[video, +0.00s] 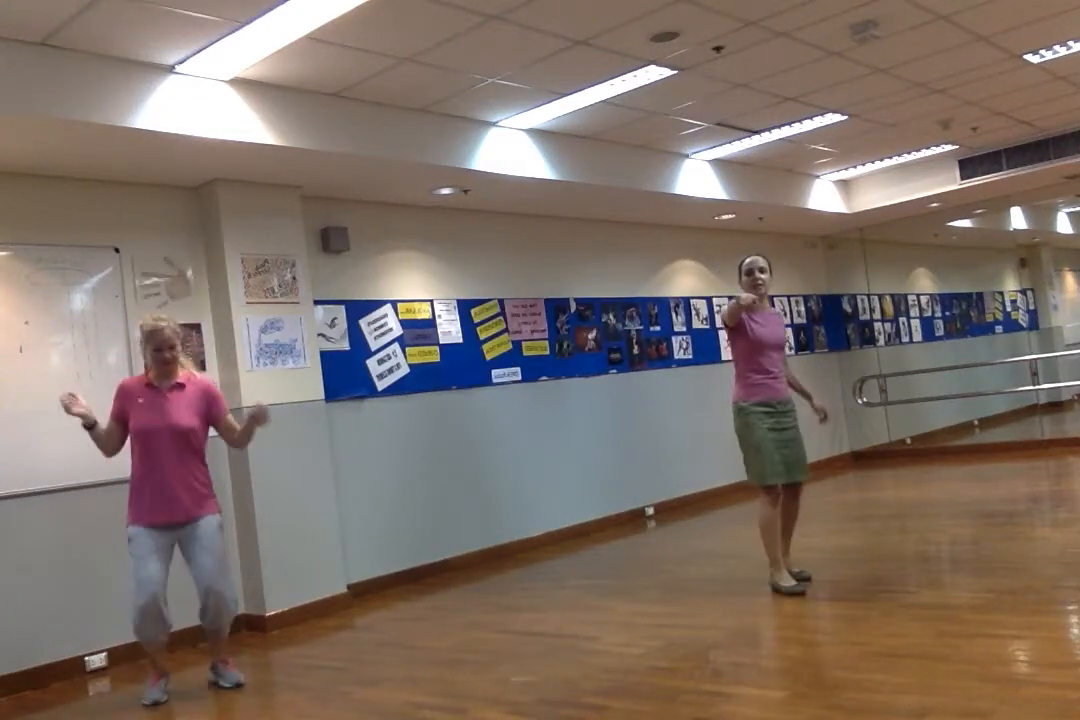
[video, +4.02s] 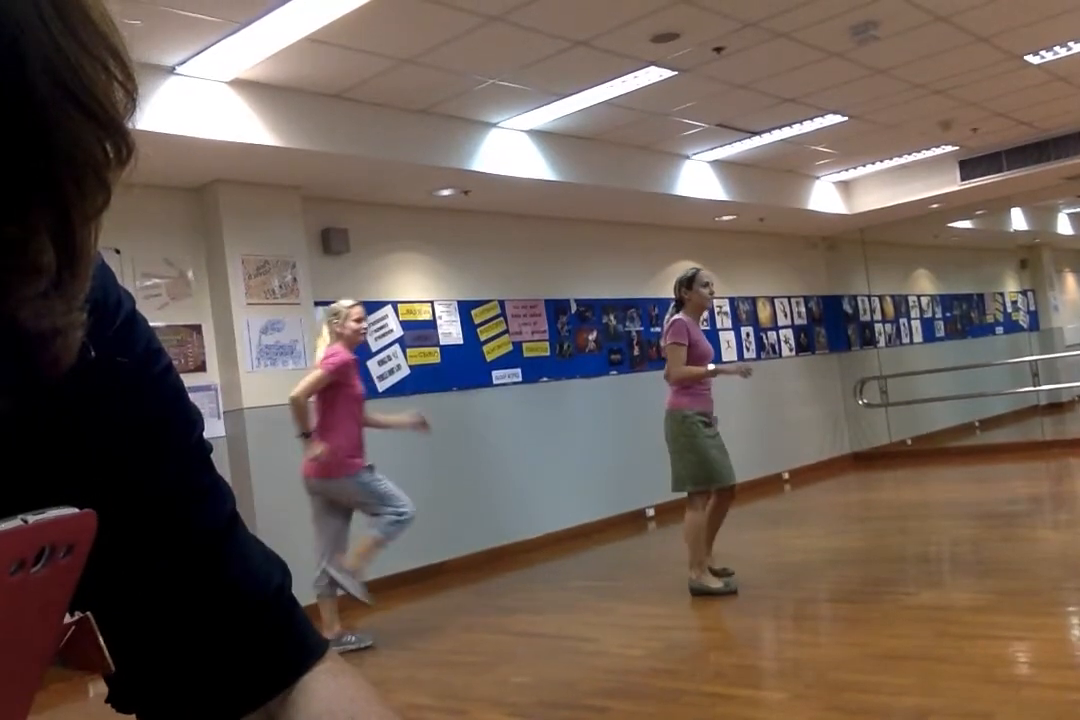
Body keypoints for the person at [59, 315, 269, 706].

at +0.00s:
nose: (166, 355)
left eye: (172, 348)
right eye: (158, 350)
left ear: (181, 347)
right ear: (144, 351)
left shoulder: (203, 388)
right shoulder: (129, 390)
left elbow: (236, 440)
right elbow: (110, 446)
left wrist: (251, 424)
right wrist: (89, 421)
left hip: (199, 509)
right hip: (147, 515)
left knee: (216, 589)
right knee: (147, 598)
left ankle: (220, 665)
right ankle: (158, 675)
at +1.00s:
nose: (192, 342)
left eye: (192, 335)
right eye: (188, 335)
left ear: (152, 336)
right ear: (170, 335)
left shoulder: (127, 378)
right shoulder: (180, 365)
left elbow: (106, 439)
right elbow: (193, 399)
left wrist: (139, 428)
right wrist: (221, 424)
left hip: (140, 489)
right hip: (183, 487)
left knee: (145, 578)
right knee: (205, 574)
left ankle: (139, 678)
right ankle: (203, 673)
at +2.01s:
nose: (205, 326)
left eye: (209, 319)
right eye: (197, 320)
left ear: (216, 324)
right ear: (184, 327)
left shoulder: (235, 367)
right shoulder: (170, 370)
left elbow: (277, 403)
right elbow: (150, 427)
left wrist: (282, 446)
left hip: (234, 485)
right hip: (189, 488)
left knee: (266, 561)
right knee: (202, 569)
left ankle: (279, 633)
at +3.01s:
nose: (241, 315)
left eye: (244, 308)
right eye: (233, 310)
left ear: (249, 313)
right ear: (216, 318)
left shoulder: (267, 353)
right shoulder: (199, 357)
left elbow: (281, 404)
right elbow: (194, 411)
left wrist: (292, 450)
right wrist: (201, 459)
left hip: (260, 460)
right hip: (220, 463)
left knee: (271, 536)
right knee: (230, 538)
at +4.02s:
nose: (364, 325)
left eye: (364, 319)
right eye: (357, 320)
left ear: (351, 326)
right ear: (338, 325)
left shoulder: (342, 360)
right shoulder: (340, 358)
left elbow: (359, 416)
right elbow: (298, 396)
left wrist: (406, 421)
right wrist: (307, 438)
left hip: (322, 469)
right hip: (341, 466)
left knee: (329, 553)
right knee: (400, 511)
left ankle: (333, 632)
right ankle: (351, 565)